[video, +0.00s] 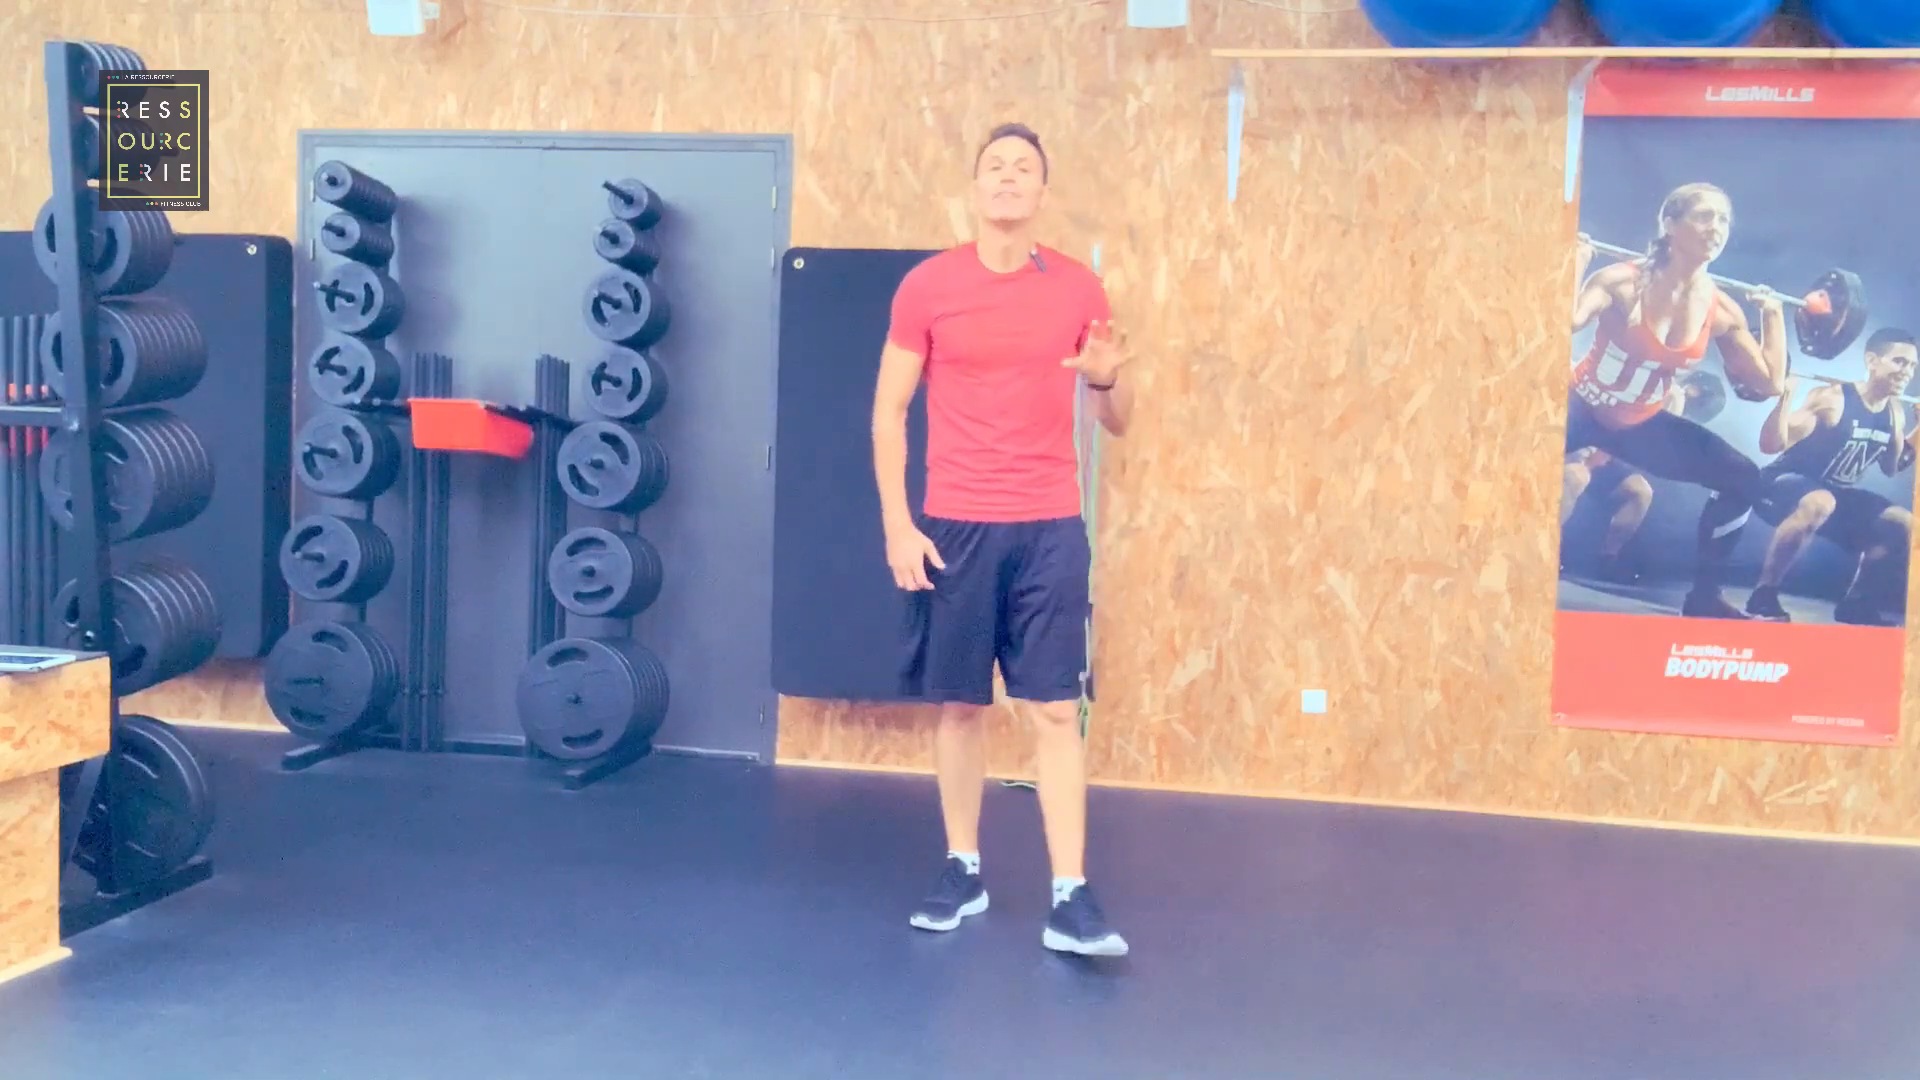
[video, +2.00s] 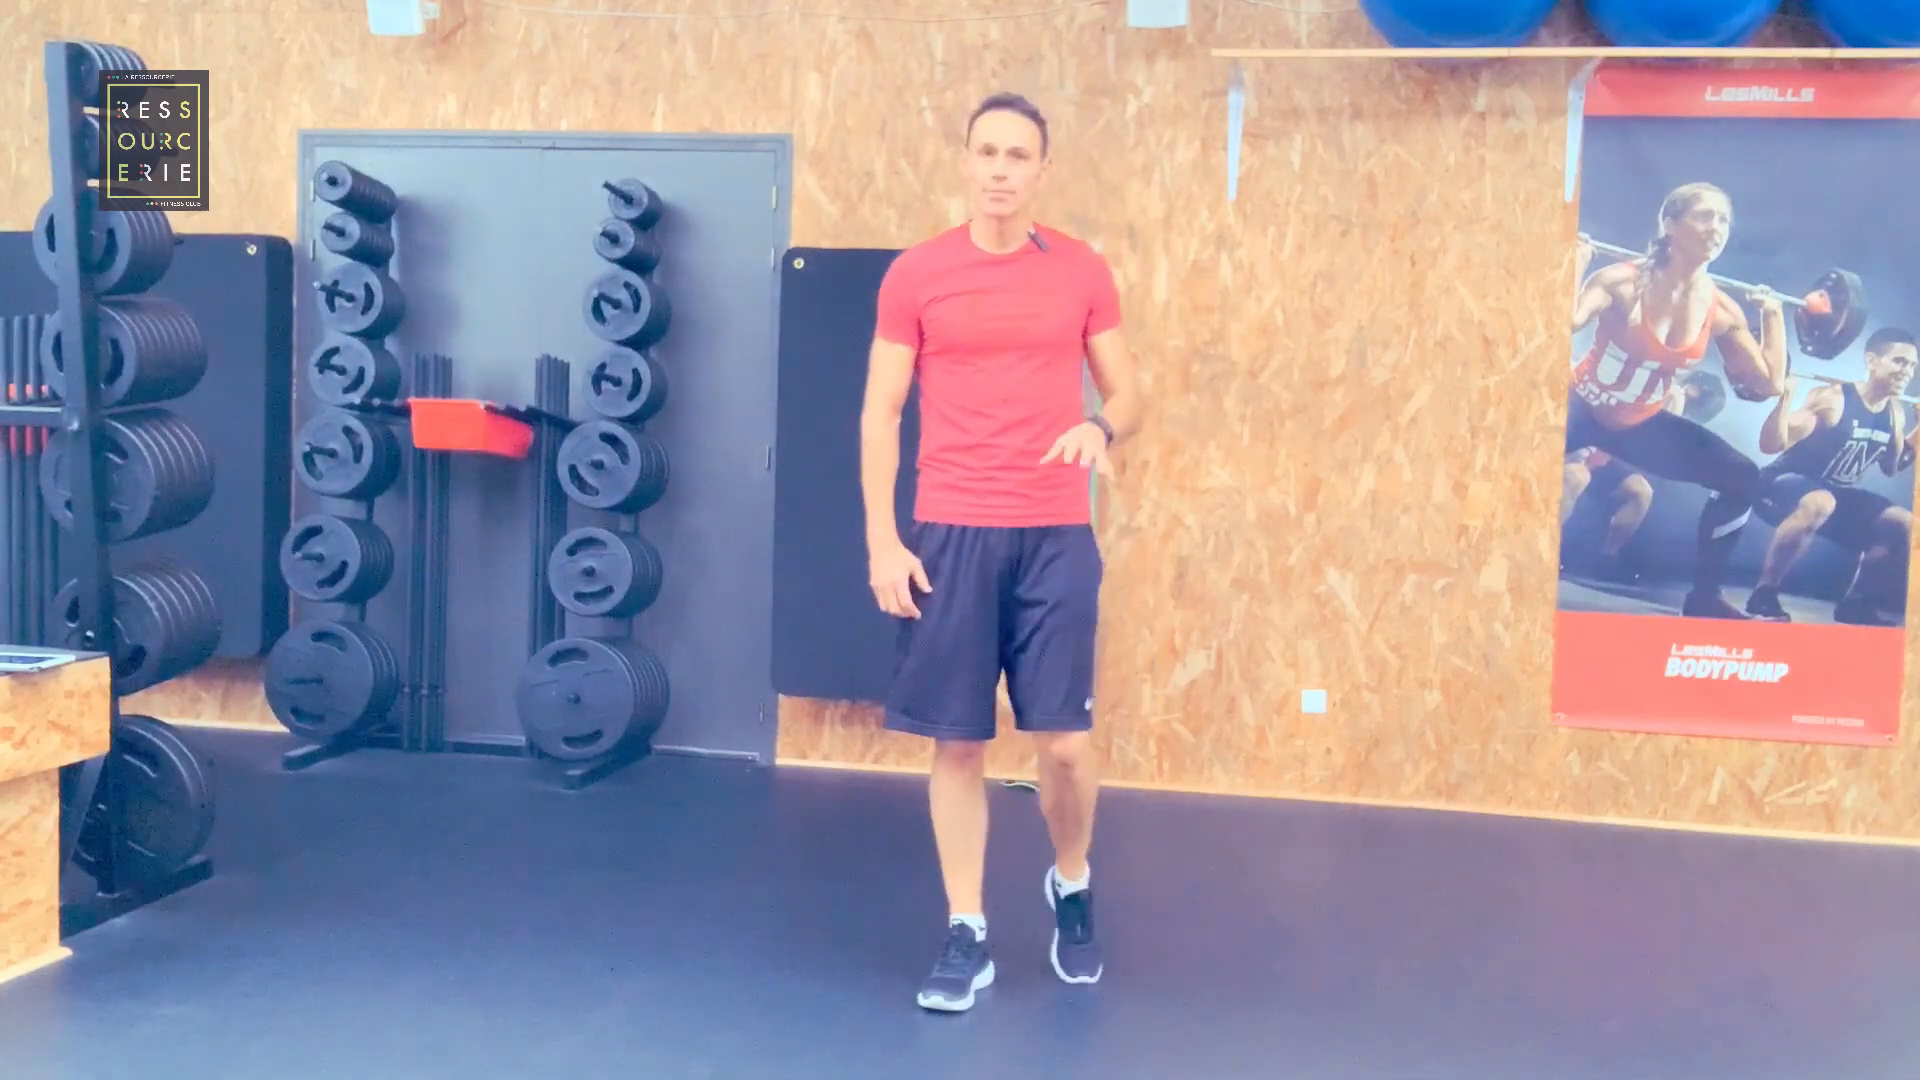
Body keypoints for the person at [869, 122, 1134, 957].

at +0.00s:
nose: (1007, 180)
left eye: (1023, 170)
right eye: (995, 168)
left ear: (1045, 192)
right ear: (971, 188)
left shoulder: (1077, 285)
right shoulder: (928, 285)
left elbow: (1115, 420)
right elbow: (888, 413)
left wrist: (1104, 378)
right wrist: (898, 524)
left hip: (1049, 525)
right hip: (955, 526)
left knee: (1056, 707)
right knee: (961, 704)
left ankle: (1070, 897)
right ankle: (961, 873)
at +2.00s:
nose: (1001, 170)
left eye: (1018, 155)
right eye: (987, 152)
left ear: (1043, 170)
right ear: (963, 163)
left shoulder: (1079, 269)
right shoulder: (916, 273)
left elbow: (1123, 400)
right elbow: (880, 412)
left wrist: (1101, 426)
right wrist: (882, 538)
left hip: (1056, 533)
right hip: (951, 533)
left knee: (1062, 743)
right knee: (958, 741)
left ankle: (1073, 890)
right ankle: (965, 932)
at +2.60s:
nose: (1040, 162)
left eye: (1057, 150)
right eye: (1027, 148)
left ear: (1085, 171)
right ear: (1005, 167)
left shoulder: (1121, 273)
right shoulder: (960, 270)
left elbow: (1161, 403)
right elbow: (901, 401)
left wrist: (1137, 413)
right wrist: (966, 426)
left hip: (1096, 529)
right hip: (995, 527)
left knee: (1073, 734)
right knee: (984, 733)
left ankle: (1052, 906)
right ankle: (968, 933)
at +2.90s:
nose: (1060, 180)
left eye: (1078, 168)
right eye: (1049, 164)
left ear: (1103, 185)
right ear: (1028, 176)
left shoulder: (1133, 283)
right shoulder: (979, 277)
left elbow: (1170, 418)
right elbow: (930, 410)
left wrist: (1144, 410)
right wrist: (993, 431)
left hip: (1107, 535)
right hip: (1010, 535)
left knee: (1081, 731)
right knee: (991, 734)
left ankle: (1055, 908)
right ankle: (967, 931)